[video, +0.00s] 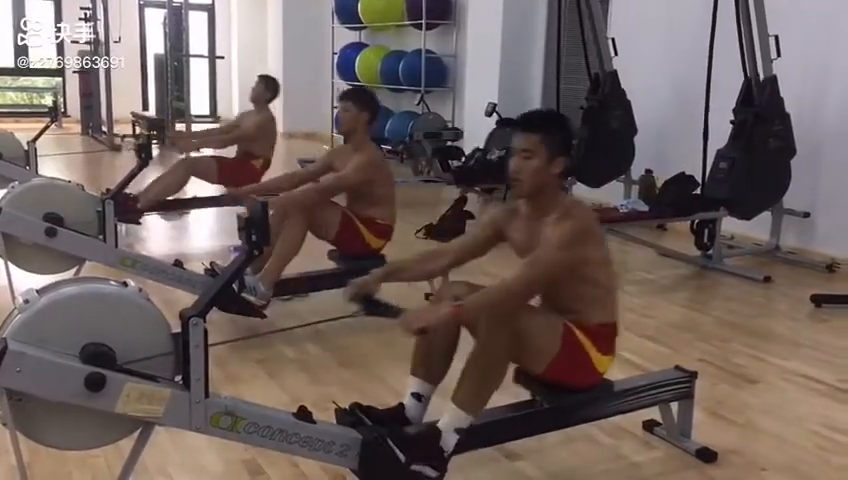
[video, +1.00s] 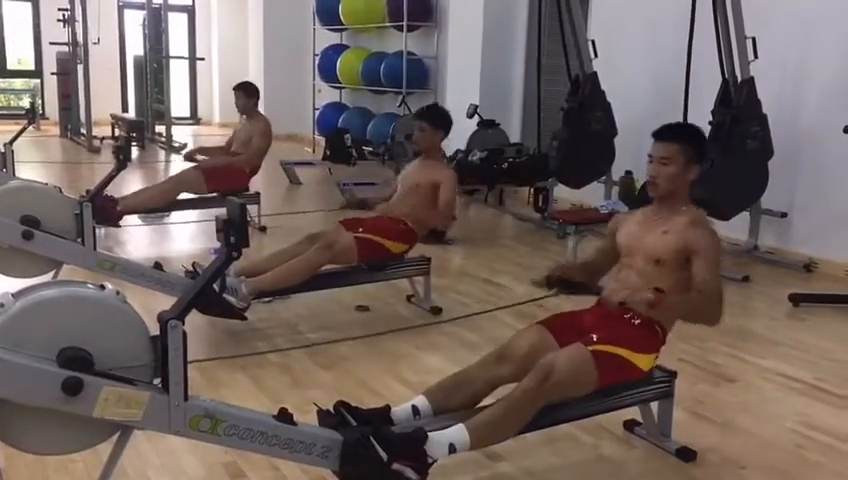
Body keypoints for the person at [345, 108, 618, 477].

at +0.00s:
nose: (513, 166)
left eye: (526, 157)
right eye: (512, 155)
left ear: (558, 166)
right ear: (509, 159)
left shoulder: (573, 223)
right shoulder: (507, 216)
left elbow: (521, 286)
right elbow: (446, 256)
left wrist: (449, 311)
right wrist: (381, 275)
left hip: (587, 349)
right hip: (547, 330)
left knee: (501, 321)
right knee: (452, 293)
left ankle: (441, 444)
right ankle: (411, 414)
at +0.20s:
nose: (609, 152)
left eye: (623, 144)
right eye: (608, 142)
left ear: (650, 153)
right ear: (604, 146)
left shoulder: (657, 215)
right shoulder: (588, 205)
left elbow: (605, 268)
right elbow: (520, 244)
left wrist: (538, 285)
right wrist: (466, 254)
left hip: (629, 339)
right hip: (588, 315)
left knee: (541, 342)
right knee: (486, 320)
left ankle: (440, 445)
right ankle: (405, 417)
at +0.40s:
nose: (680, 176)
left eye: (692, 170)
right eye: (679, 167)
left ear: (718, 182)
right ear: (675, 169)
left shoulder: (721, 232)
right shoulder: (648, 217)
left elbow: (689, 278)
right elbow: (596, 257)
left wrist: (638, 270)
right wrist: (555, 252)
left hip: (642, 335)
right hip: (603, 311)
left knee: (548, 371)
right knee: (507, 353)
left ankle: (435, 450)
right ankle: (400, 420)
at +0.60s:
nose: (689, 189)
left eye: (702, 183)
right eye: (690, 180)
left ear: (728, 197)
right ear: (687, 187)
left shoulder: (734, 252)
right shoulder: (661, 230)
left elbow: (752, 329)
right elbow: (627, 288)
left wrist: (732, 285)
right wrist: (613, 259)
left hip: (640, 336)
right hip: (602, 314)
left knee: (545, 373)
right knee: (507, 350)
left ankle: (431, 450)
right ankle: (396, 418)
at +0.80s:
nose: (678, 184)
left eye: (691, 178)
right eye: (677, 175)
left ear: (716, 188)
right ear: (673, 179)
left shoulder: (725, 248)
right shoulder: (650, 229)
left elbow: (744, 323)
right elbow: (633, 287)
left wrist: (714, 284)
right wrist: (605, 268)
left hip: (636, 338)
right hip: (597, 316)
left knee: (542, 374)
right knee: (504, 352)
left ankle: (428, 453)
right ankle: (392, 420)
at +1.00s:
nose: (652, 170)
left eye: (665, 163)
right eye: (652, 160)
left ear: (692, 172)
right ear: (649, 165)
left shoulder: (698, 232)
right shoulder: (629, 219)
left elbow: (711, 311)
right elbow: (593, 268)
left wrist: (665, 302)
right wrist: (565, 272)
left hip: (635, 337)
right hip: (594, 315)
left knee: (544, 376)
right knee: (506, 356)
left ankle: (427, 453)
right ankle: (395, 419)